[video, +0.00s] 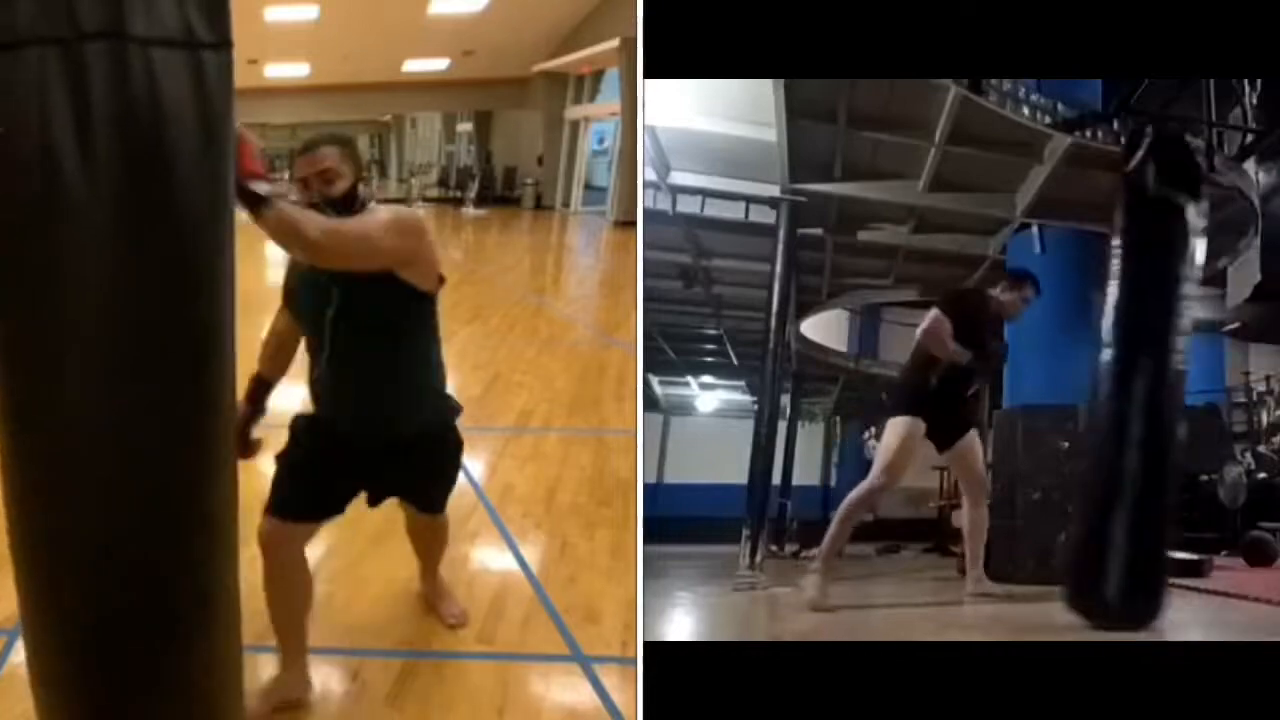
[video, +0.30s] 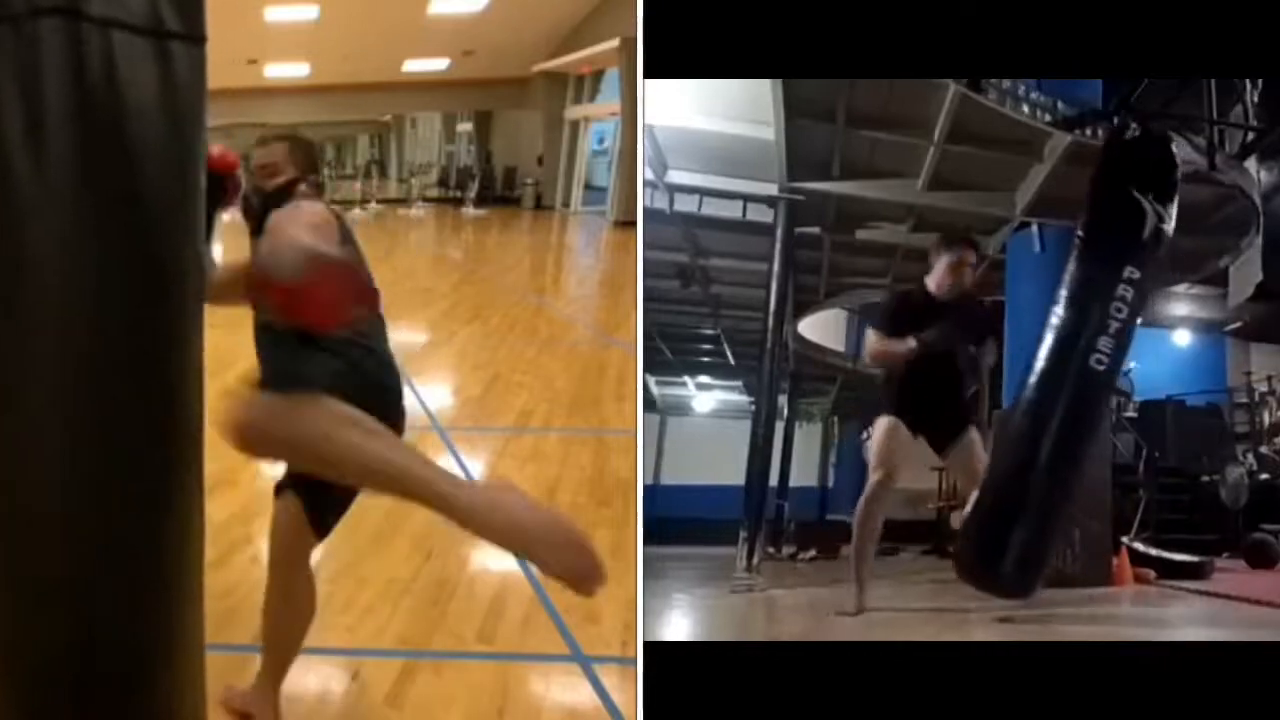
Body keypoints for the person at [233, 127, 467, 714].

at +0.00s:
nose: (318, 194)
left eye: (329, 179)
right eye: (305, 186)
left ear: (360, 179)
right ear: (295, 193)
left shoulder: (406, 230)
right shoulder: (305, 258)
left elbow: (320, 241)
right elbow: (284, 333)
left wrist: (253, 195)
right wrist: (252, 404)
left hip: (416, 424)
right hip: (334, 427)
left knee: (428, 517)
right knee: (280, 535)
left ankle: (432, 585)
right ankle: (293, 675)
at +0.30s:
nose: (256, 181)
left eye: (269, 169)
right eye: (251, 172)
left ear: (303, 175)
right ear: (251, 182)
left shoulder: (302, 214)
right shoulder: (274, 235)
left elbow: (281, 267)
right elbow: (205, 284)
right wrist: (210, 212)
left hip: (344, 381)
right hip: (360, 403)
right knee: (290, 534)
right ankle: (264, 692)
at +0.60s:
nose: (274, 188)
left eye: (289, 175)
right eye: (264, 175)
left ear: (316, 175)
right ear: (254, 178)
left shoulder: (351, 237)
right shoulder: (247, 268)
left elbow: (421, 301)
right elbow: (192, 335)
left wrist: (462, 354)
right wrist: (164, 289)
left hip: (379, 400)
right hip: (308, 429)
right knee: (283, 564)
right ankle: (266, 705)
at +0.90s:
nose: (361, 184)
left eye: (378, 171)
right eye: (353, 170)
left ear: (418, 169)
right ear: (345, 165)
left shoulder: (464, 253)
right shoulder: (348, 241)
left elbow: (468, 372)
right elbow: (302, 323)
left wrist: (401, 294)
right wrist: (271, 311)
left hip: (434, 459)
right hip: (346, 450)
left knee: (454, 580)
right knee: (305, 561)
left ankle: (470, 699)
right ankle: (283, 695)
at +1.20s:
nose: (406, 184)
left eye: (422, 169)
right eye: (398, 169)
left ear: (467, 163)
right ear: (390, 163)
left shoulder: (522, 245)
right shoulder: (401, 226)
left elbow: (529, 368)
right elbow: (325, 306)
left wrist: (460, 309)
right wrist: (312, 271)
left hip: (478, 444)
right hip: (397, 422)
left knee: (477, 581)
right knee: (360, 500)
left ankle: (472, 694)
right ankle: (392, 592)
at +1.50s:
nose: (398, 195)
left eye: (413, 182)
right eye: (390, 180)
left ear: (452, 175)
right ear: (383, 173)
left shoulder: (498, 239)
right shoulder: (389, 228)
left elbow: (494, 343)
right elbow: (325, 302)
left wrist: (421, 282)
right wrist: (315, 252)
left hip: (456, 430)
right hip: (398, 415)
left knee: (420, 572)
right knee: (419, 514)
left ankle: (451, 692)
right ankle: (427, 603)